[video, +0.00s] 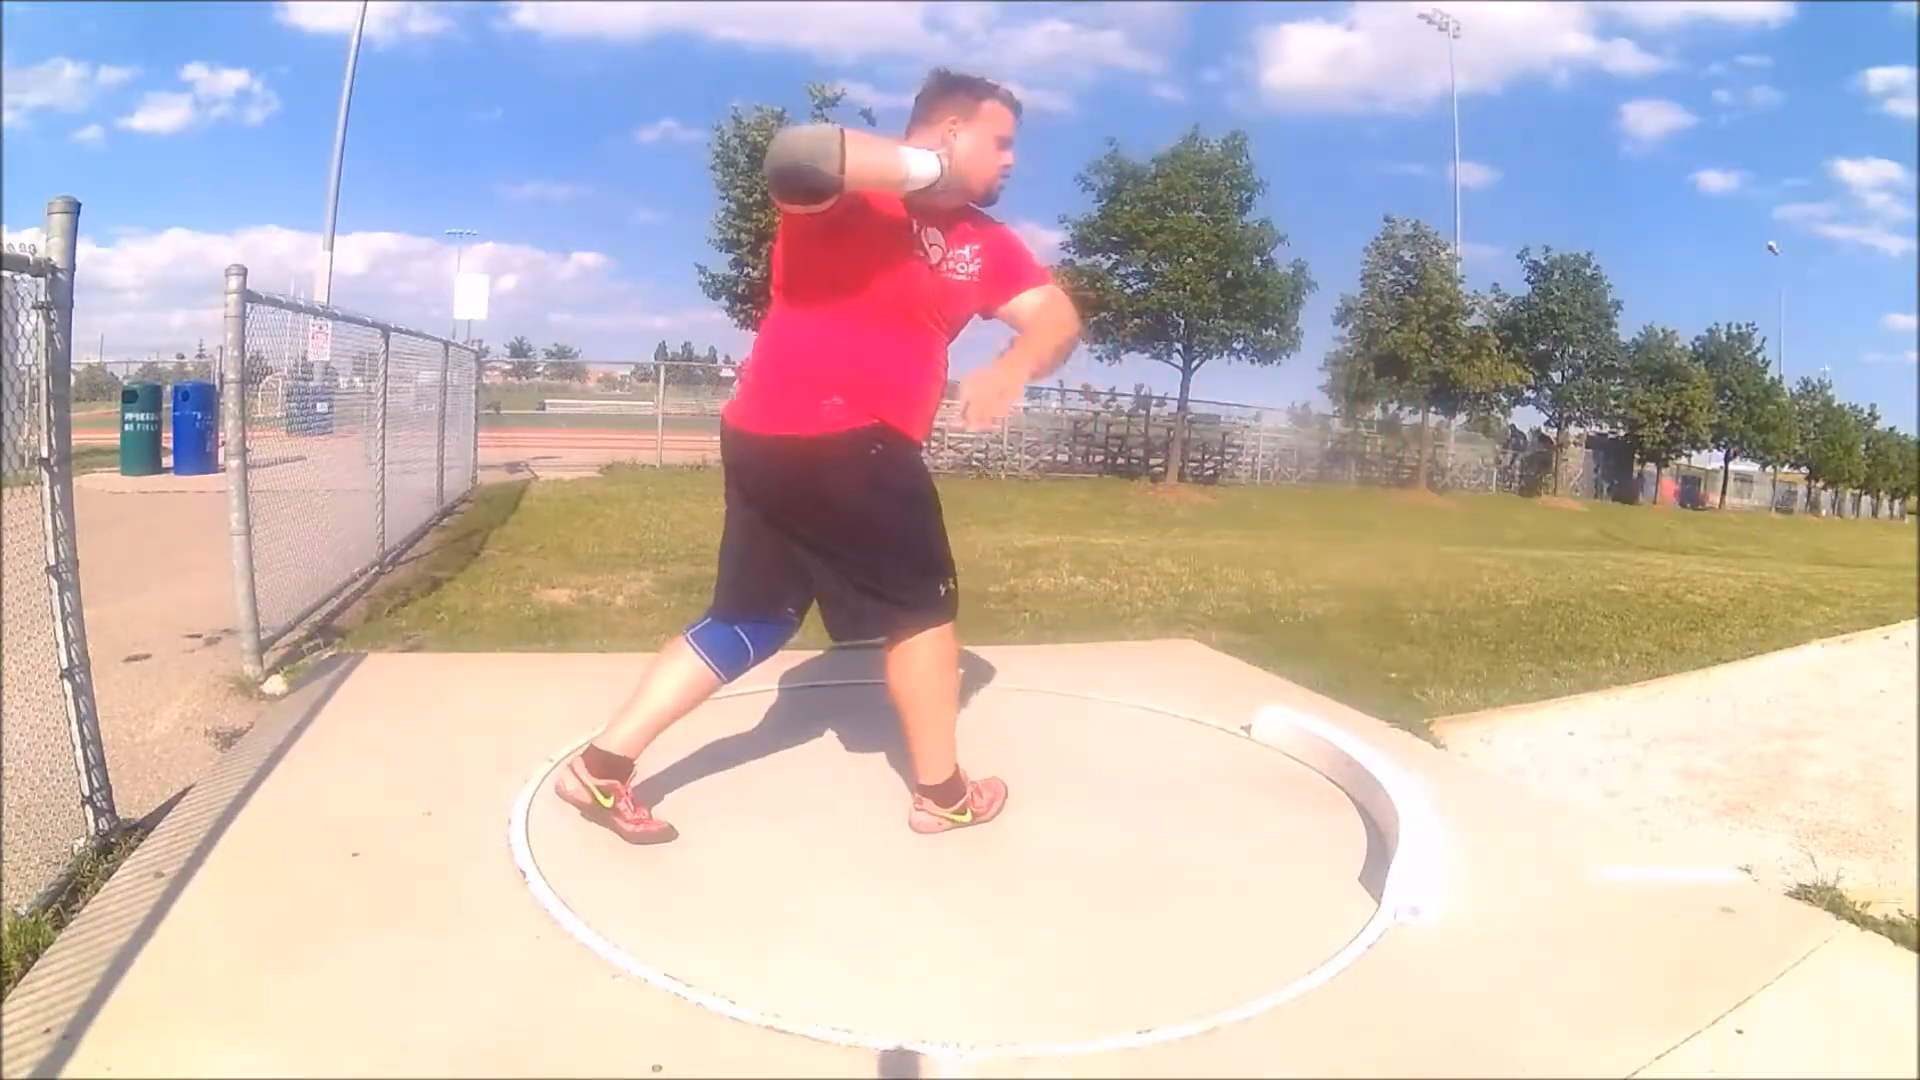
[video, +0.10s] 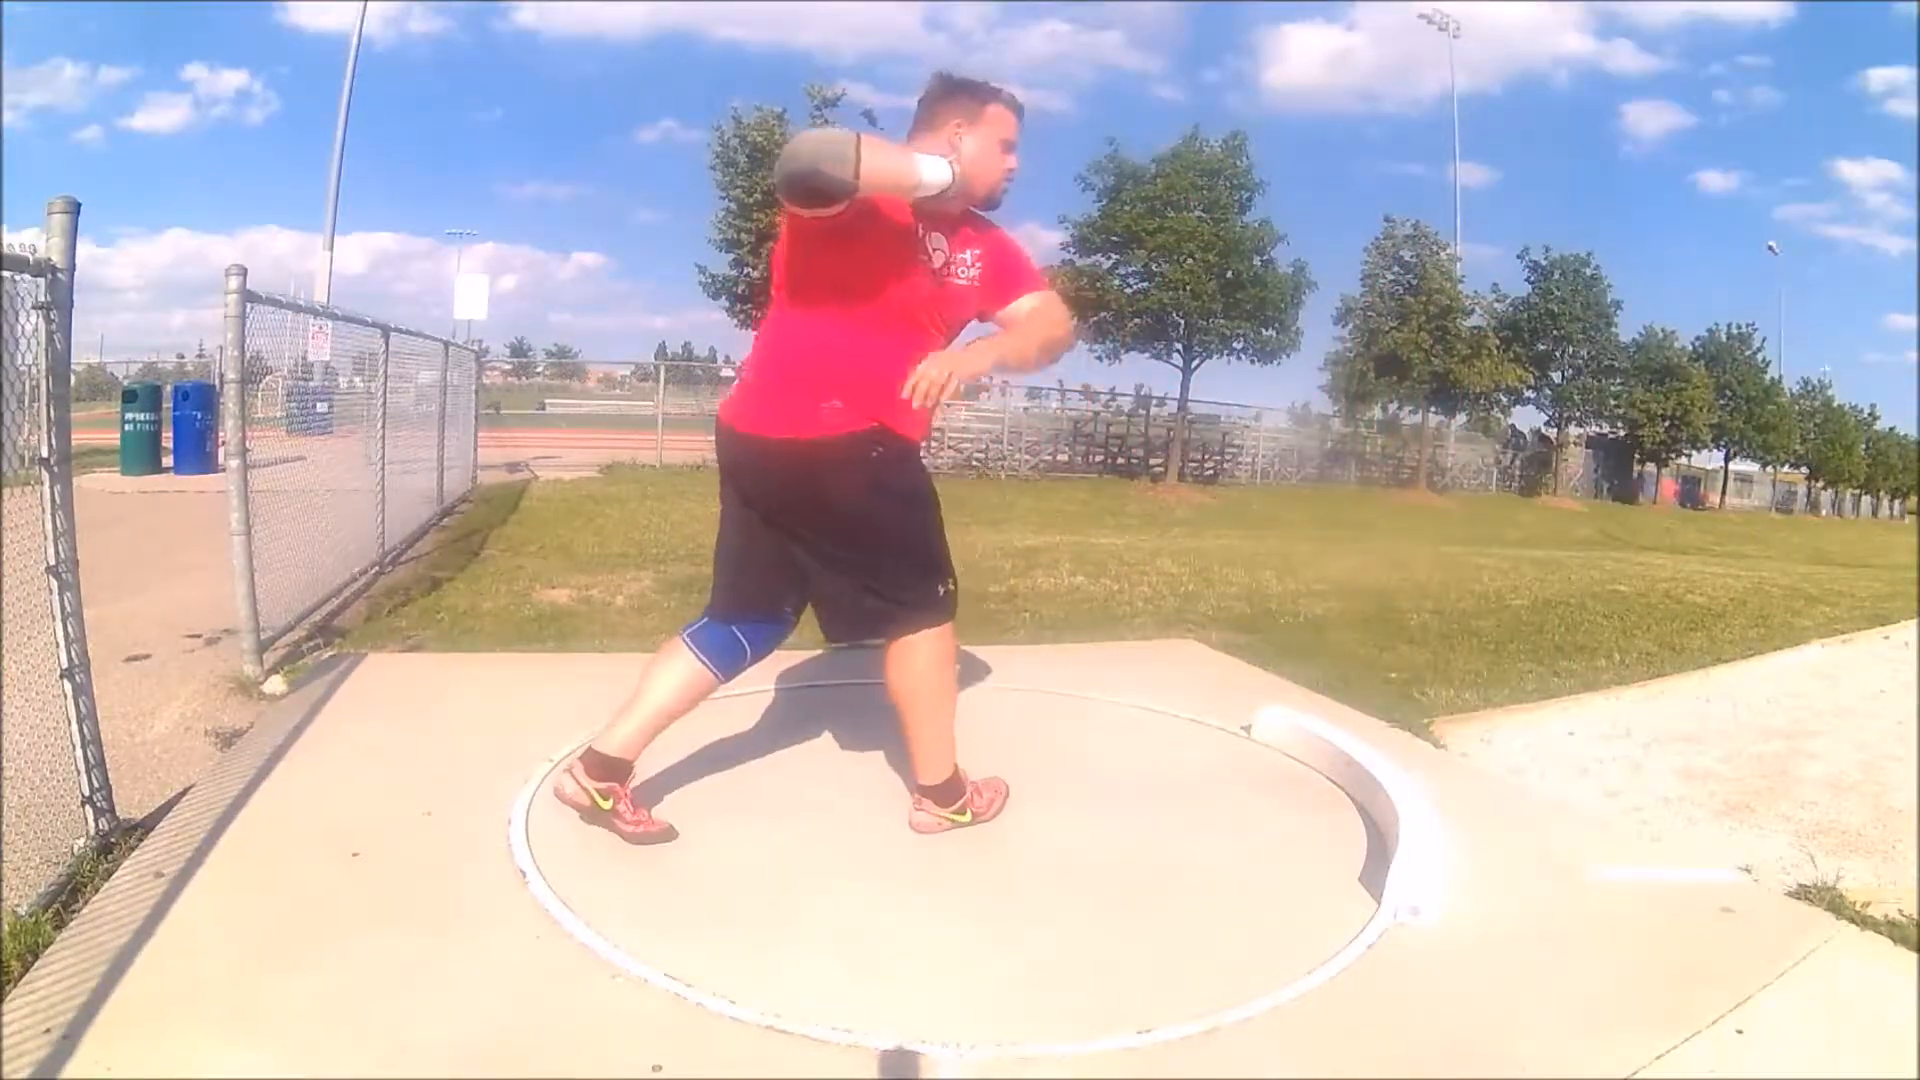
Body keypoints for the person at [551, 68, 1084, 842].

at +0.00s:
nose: (1010, 161)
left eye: (1011, 146)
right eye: (1001, 142)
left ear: (965, 142)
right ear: (947, 134)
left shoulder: (982, 243)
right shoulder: (831, 185)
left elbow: (1057, 319)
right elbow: (790, 152)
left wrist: (1010, 371)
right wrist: (927, 164)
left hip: (759, 432)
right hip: (856, 437)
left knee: (749, 618)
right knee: (920, 604)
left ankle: (604, 760)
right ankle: (939, 788)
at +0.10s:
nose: (1015, 165)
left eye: (1016, 150)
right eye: (1006, 146)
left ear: (968, 144)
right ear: (954, 138)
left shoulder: (982, 246)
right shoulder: (841, 184)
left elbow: (1051, 325)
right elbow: (803, 158)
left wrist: (973, 357)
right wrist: (935, 170)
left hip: (755, 432)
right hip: (855, 438)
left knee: (745, 618)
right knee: (919, 606)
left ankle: (602, 762)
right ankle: (939, 788)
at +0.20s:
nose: (1018, 183)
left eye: (1020, 167)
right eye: (1014, 163)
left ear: (967, 150)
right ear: (972, 150)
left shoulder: (980, 258)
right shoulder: (853, 198)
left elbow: (1055, 335)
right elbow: (856, 177)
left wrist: (1021, 367)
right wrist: (974, 190)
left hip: (748, 433)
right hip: (853, 443)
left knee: (744, 621)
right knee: (927, 606)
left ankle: (605, 763)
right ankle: (939, 789)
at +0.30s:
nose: (1028, 208)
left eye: (1030, 188)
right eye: (1027, 184)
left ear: (953, 160)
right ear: (991, 168)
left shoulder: (971, 270)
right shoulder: (892, 196)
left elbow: (1033, 341)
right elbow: (947, 206)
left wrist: (1087, 400)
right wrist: (1006, 216)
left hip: (746, 436)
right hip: (852, 449)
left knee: (743, 626)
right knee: (942, 605)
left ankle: (605, 771)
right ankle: (939, 787)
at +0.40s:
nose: (1027, 210)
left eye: (1025, 199)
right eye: (1029, 197)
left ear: (957, 175)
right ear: (1022, 188)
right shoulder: (984, 221)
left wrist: (1111, 434)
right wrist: (1064, 260)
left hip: (750, 438)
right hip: (867, 458)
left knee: (735, 630)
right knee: (959, 606)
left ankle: (603, 776)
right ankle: (940, 789)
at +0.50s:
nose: (1016, 216)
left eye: (994, 199)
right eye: (1027, 207)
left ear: (961, 191)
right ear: (1027, 202)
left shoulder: (907, 235)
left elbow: (919, 359)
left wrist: (1017, 425)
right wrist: (1115, 272)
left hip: (788, 441)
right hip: (915, 471)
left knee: (732, 631)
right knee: (979, 602)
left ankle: (606, 785)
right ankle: (944, 786)